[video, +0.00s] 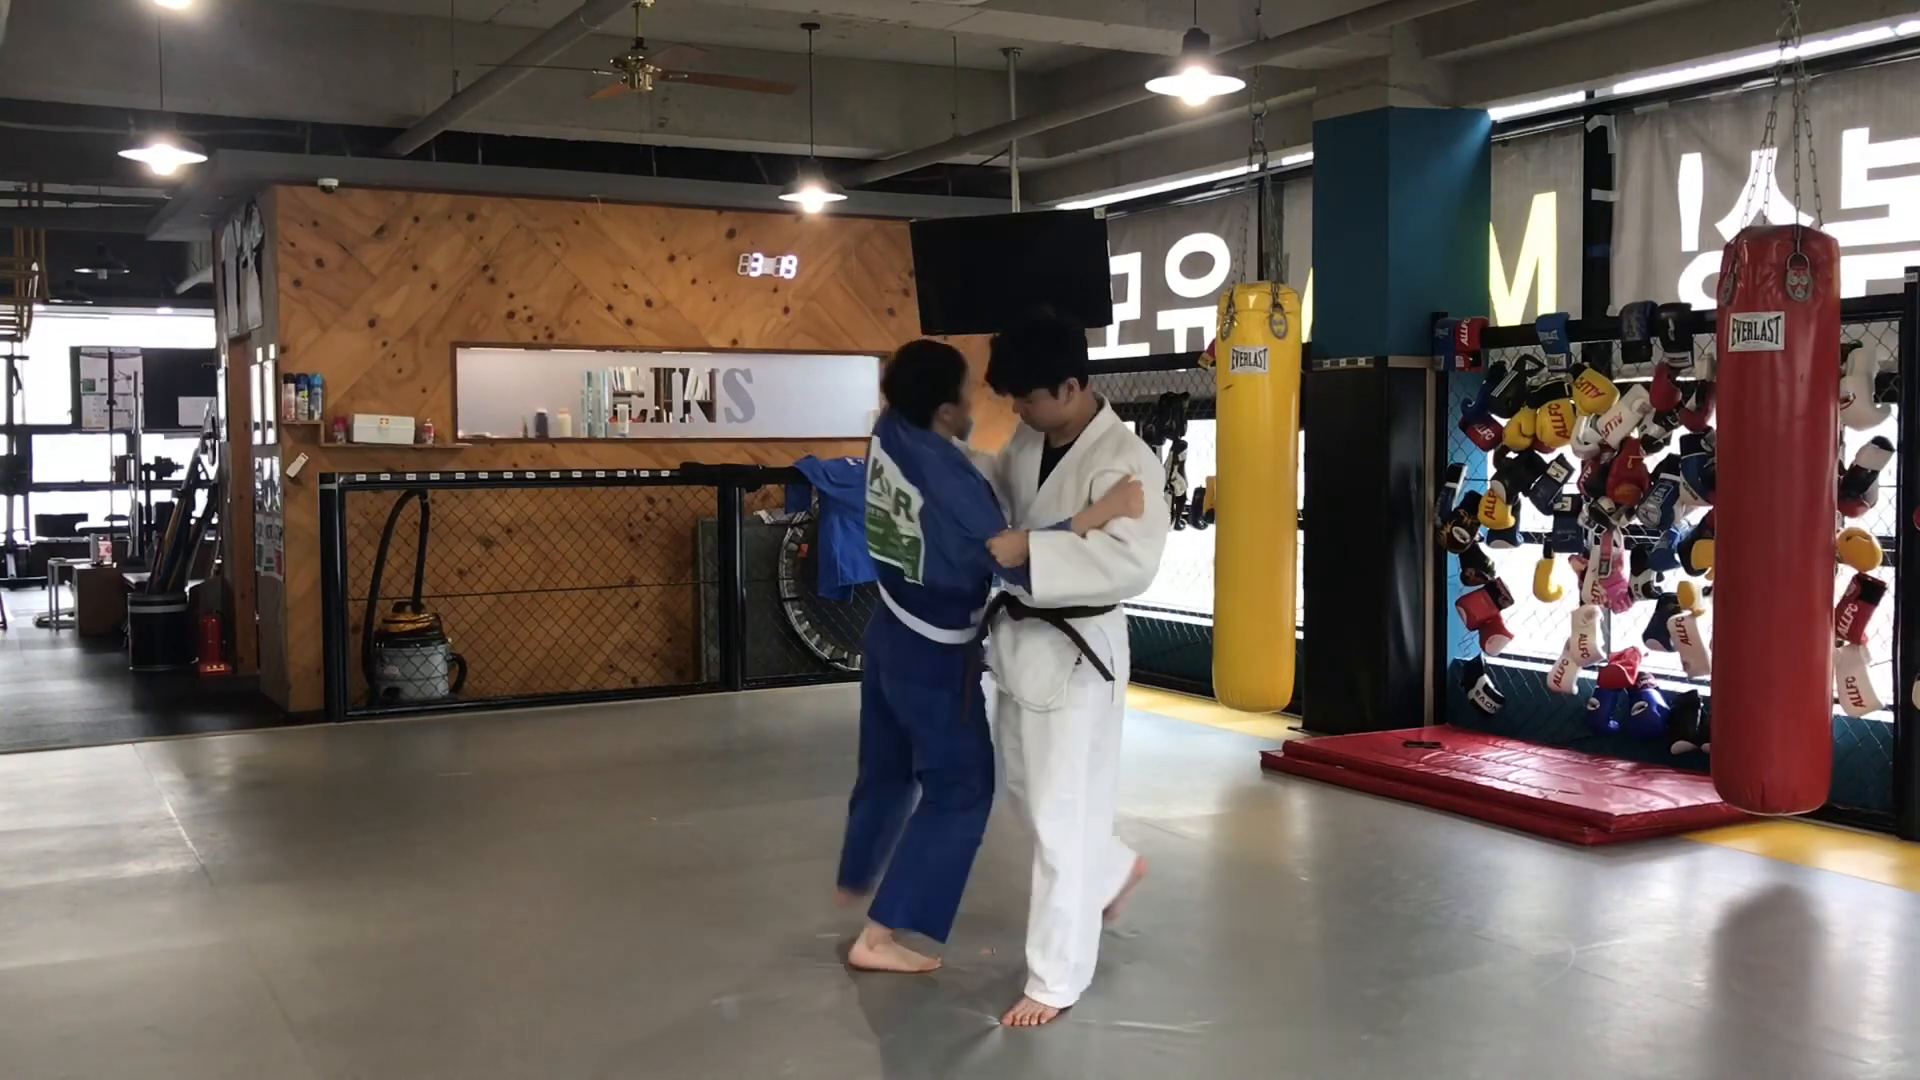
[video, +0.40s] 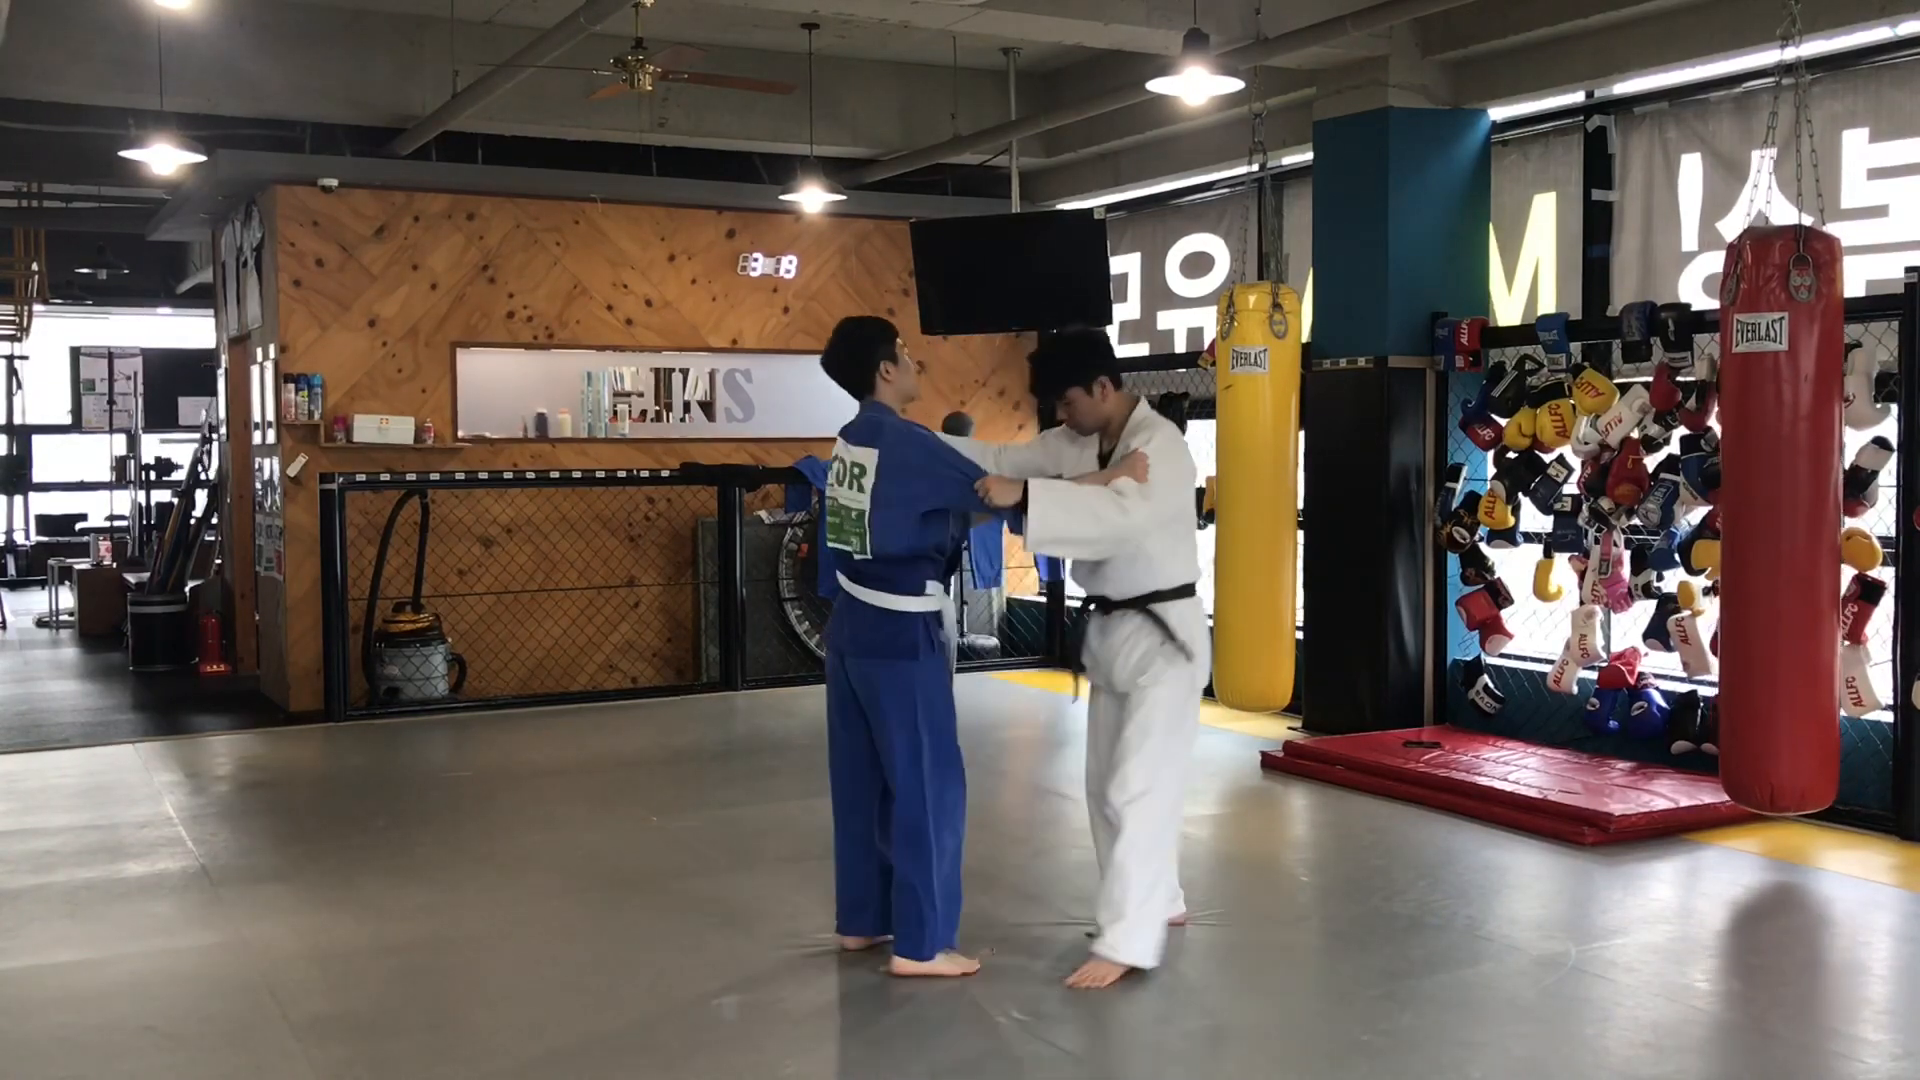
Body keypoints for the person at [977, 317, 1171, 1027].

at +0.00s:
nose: (1019, 413)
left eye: (1026, 401)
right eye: (1014, 401)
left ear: (1068, 387)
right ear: (1046, 390)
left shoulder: (1124, 458)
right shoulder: (1025, 446)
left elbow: (1132, 561)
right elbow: (981, 517)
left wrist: (1032, 550)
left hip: (1077, 654)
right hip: (1015, 644)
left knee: (1063, 821)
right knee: (1028, 787)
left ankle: (1056, 977)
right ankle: (1109, 865)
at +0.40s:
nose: (1063, 416)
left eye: (1068, 402)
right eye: (1057, 406)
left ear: (1105, 386)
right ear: (1077, 399)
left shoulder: (1160, 446)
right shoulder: (1081, 442)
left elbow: (1123, 511)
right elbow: (1008, 463)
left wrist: (1026, 497)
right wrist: (928, 452)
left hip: (1162, 630)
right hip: (1108, 630)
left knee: (1140, 789)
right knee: (1110, 786)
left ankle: (1124, 943)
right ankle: (1159, 898)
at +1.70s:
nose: (1090, 407)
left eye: (1099, 394)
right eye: (1088, 395)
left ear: (1144, 391)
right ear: (1128, 396)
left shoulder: (1198, 449)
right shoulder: (1095, 451)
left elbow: (1179, 498)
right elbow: (1035, 519)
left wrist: (1095, 457)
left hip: (1106, 650)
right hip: (1047, 639)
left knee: (1067, 809)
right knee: (1054, 791)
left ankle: (1055, 975)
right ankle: (1104, 883)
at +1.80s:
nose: (1065, 398)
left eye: (1078, 387)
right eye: (1064, 385)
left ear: (1124, 393)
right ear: (1067, 386)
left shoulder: (1164, 454)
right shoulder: (1055, 439)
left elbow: (1210, 545)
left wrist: (1129, 496)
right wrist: (973, 437)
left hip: (1076, 647)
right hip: (1005, 632)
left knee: (1063, 814)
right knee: (983, 798)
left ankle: (1059, 981)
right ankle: (1067, 895)